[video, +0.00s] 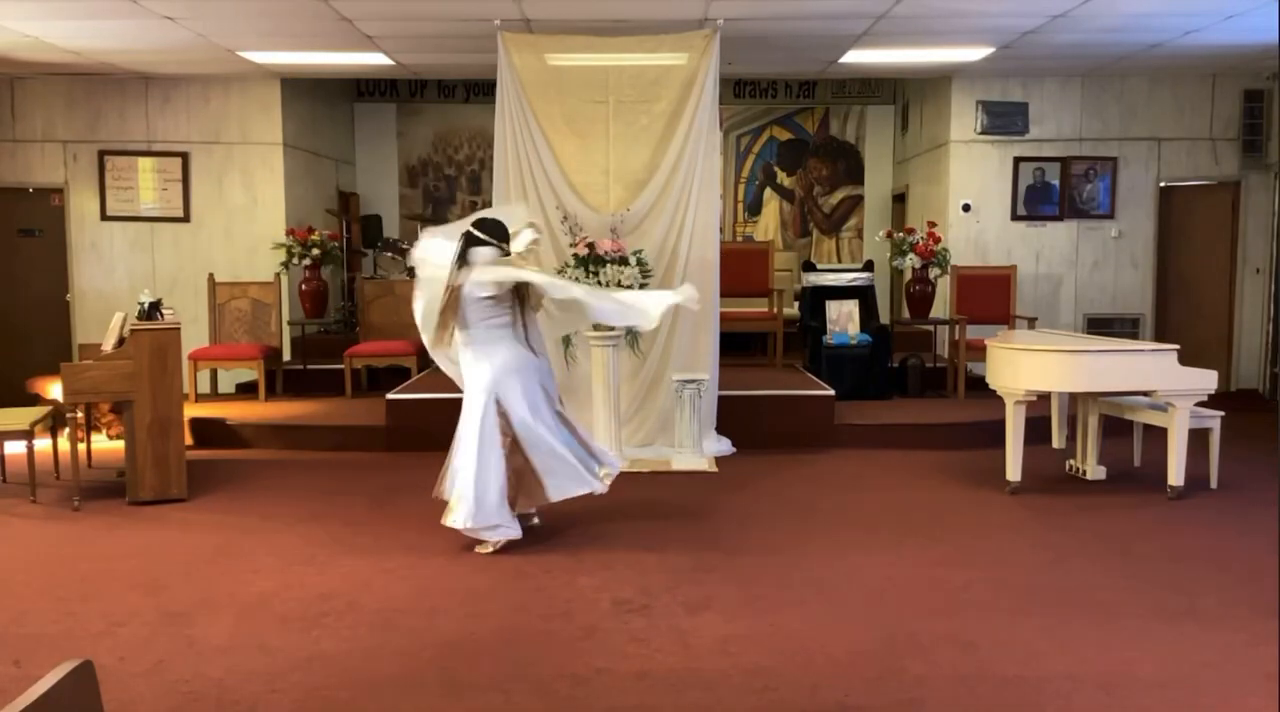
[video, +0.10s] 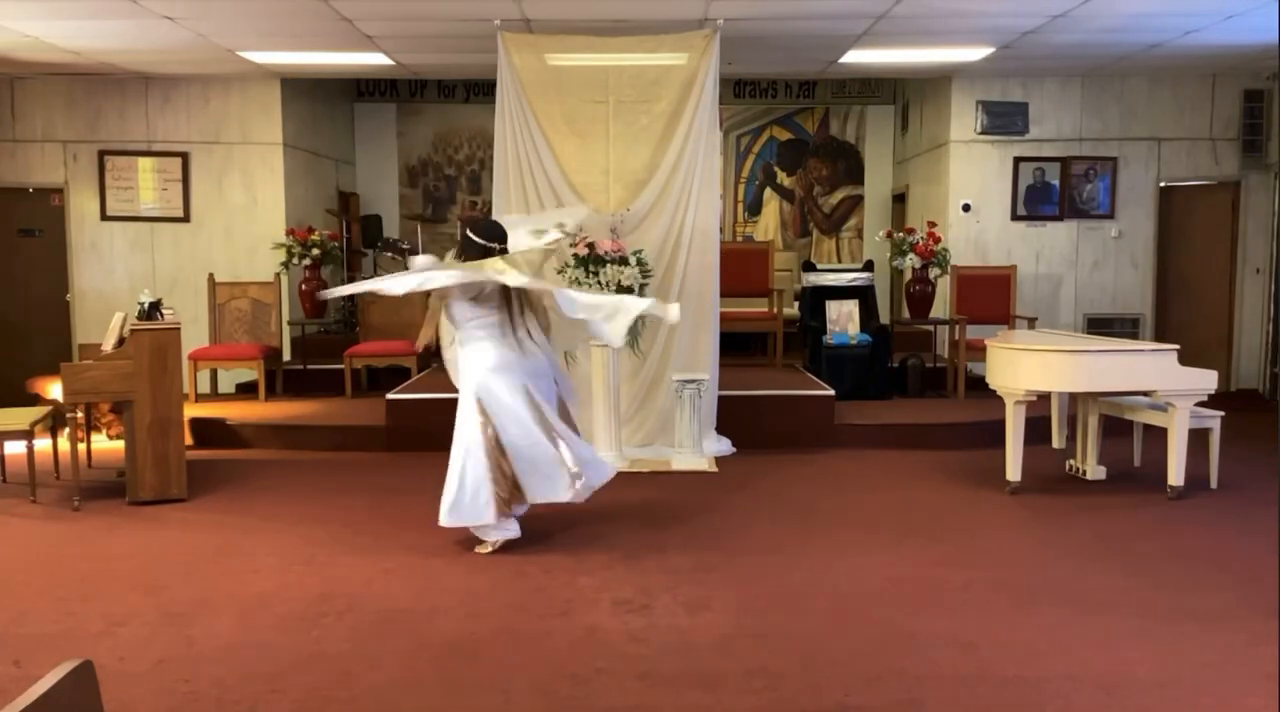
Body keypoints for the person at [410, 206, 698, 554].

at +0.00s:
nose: (476, 259)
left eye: (473, 251)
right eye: (483, 252)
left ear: (465, 251)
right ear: (503, 250)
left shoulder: (458, 282)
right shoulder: (517, 275)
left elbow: (439, 329)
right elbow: (545, 299)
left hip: (485, 366)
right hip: (522, 360)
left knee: (487, 444)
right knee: (525, 434)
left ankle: (500, 526)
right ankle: (525, 508)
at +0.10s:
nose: (463, 250)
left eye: (463, 244)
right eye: (476, 248)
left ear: (464, 251)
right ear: (501, 251)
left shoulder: (450, 281)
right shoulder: (518, 277)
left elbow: (429, 320)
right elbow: (548, 312)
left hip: (486, 371)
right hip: (528, 365)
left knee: (485, 446)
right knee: (519, 437)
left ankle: (499, 527)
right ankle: (510, 512)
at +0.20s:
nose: (461, 247)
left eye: (463, 243)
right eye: (469, 244)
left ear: (468, 247)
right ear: (503, 247)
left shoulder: (459, 281)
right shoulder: (519, 278)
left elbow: (410, 292)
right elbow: (562, 311)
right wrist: (618, 316)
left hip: (481, 368)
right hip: (523, 365)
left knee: (479, 442)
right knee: (519, 434)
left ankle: (493, 524)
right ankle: (514, 505)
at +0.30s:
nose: (477, 252)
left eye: (474, 246)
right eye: (487, 246)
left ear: (471, 250)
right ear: (509, 248)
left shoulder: (460, 282)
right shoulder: (529, 279)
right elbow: (568, 264)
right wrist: (602, 246)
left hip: (472, 370)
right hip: (518, 367)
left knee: (472, 435)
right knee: (506, 433)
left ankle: (478, 512)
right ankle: (509, 512)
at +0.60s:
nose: (518, 262)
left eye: (511, 254)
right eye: (516, 255)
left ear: (481, 249)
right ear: (508, 252)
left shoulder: (462, 281)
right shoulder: (504, 280)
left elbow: (413, 289)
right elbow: (550, 291)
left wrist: (384, 289)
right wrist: (598, 288)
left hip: (465, 375)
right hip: (493, 377)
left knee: (471, 438)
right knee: (493, 439)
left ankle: (472, 506)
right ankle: (487, 511)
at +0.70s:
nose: (527, 258)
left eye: (518, 252)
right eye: (524, 252)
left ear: (489, 250)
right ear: (515, 251)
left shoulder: (474, 281)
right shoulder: (505, 283)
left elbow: (429, 296)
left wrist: (382, 305)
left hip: (461, 377)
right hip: (484, 380)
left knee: (468, 438)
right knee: (490, 442)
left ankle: (464, 500)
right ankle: (484, 512)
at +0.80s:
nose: (531, 255)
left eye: (527, 248)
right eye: (526, 249)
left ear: (496, 250)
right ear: (516, 252)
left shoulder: (504, 283)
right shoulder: (493, 285)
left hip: (498, 381)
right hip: (481, 384)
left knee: (499, 446)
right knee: (485, 448)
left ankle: (487, 511)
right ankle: (477, 516)